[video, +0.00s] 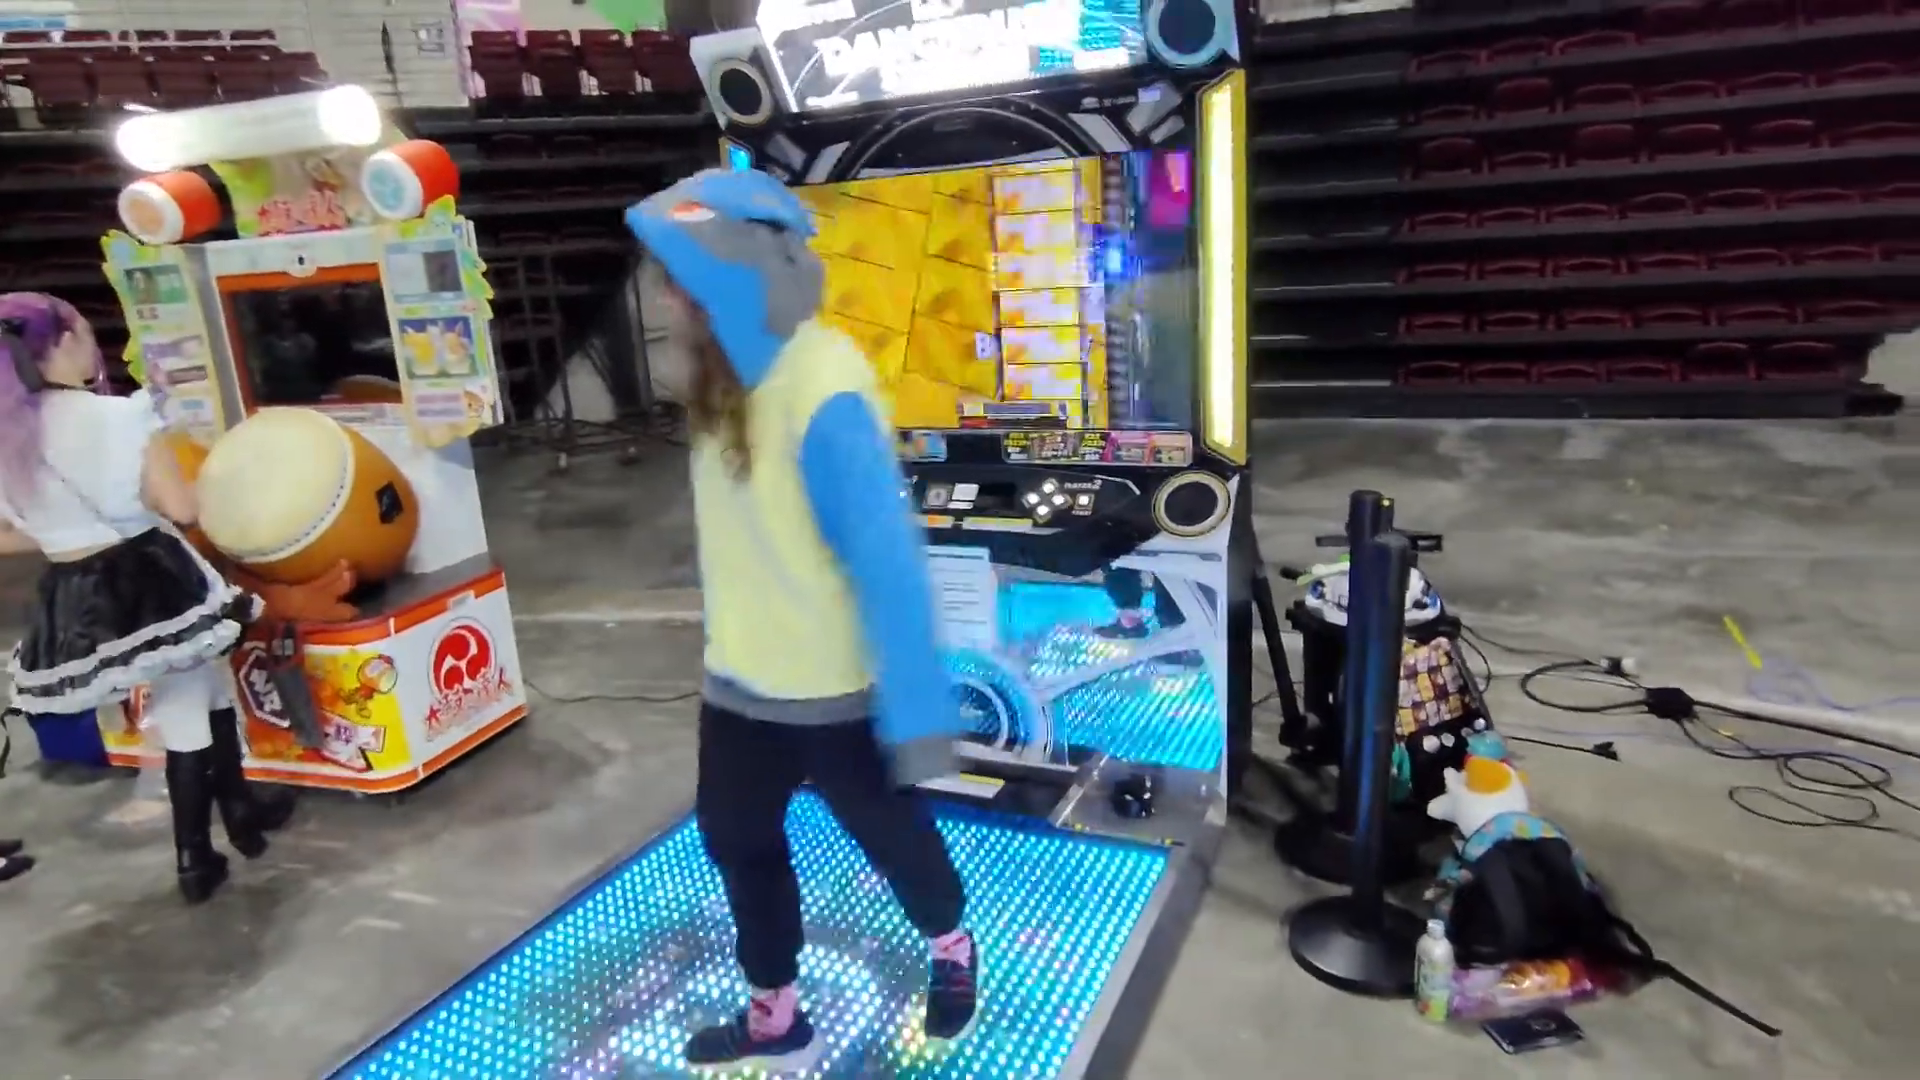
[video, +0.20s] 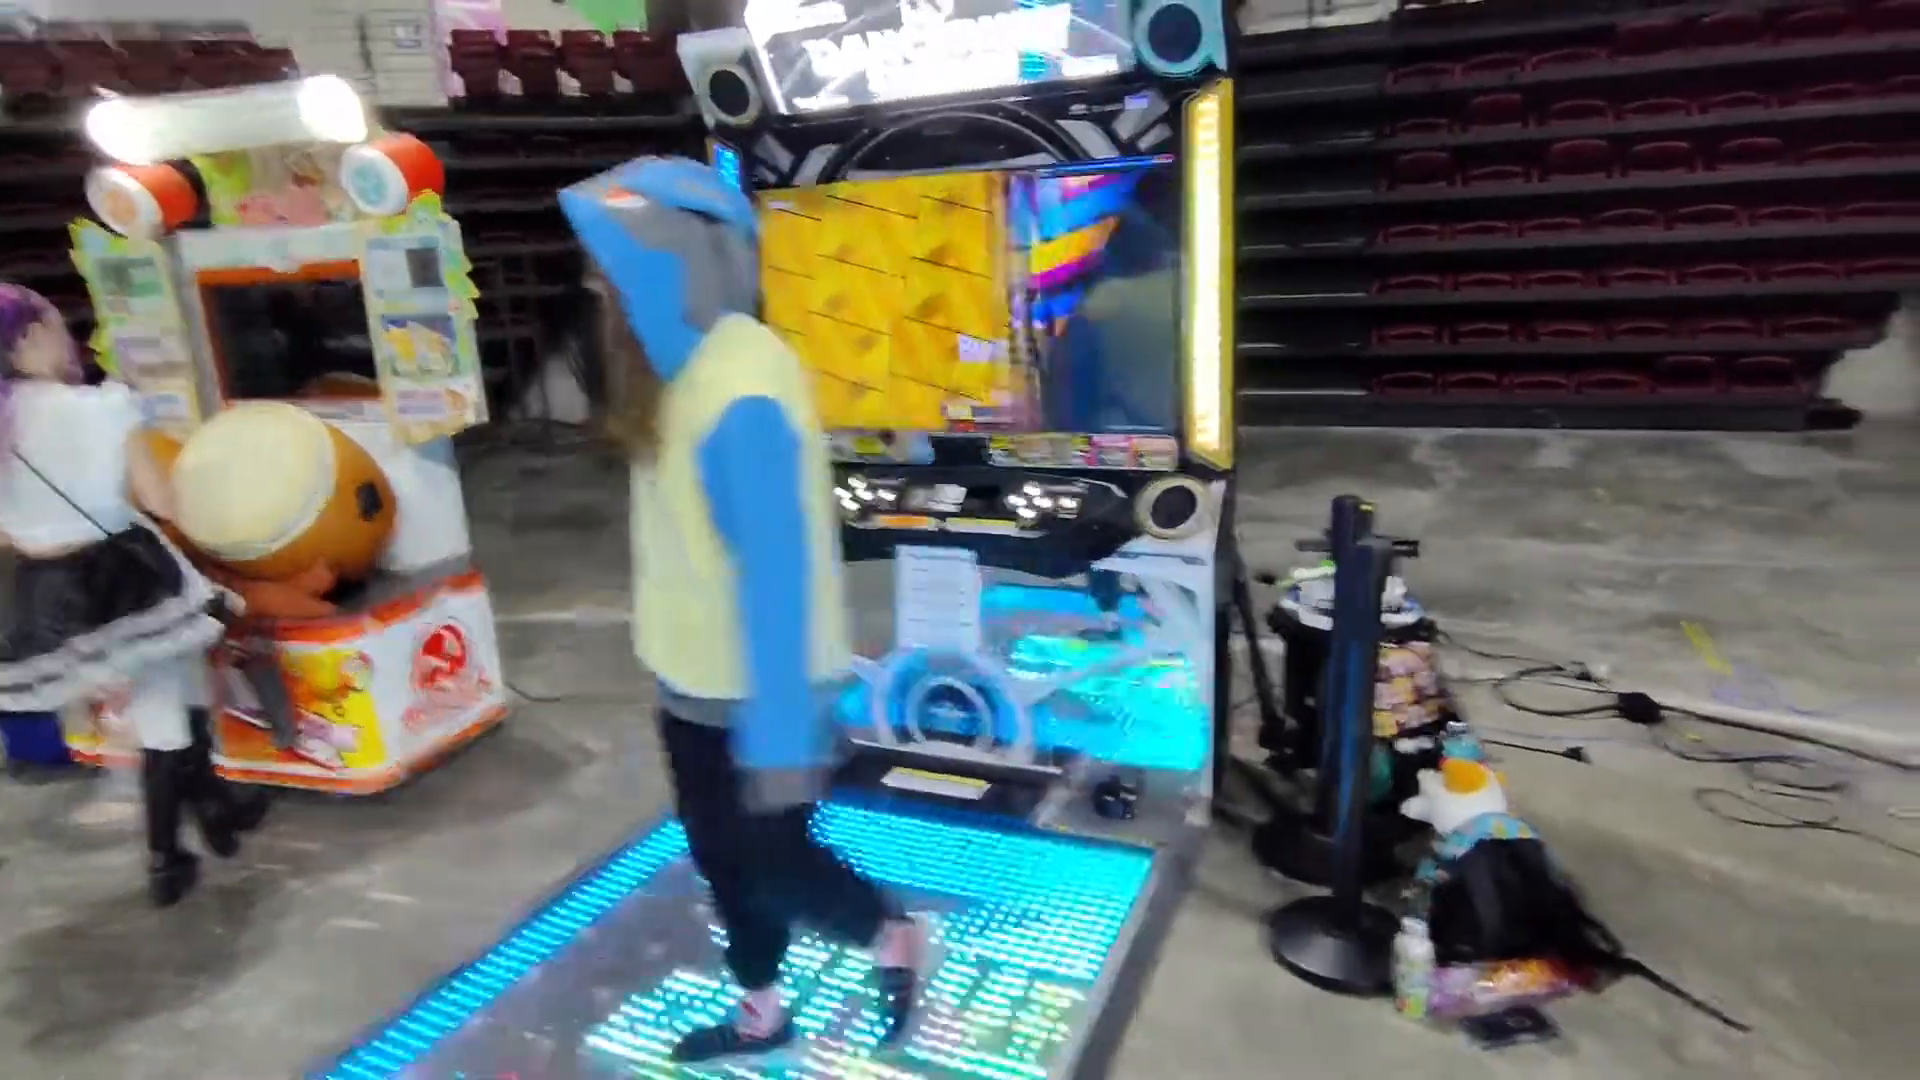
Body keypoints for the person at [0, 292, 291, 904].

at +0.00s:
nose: (94, 343)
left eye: (86, 332)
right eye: (84, 334)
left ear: (31, 357)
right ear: (58, 348)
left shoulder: (14, 430)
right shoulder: (117, 418)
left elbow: (11, 535)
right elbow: (179, 506)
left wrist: (69, 535)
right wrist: (222, 477)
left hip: (78, 593)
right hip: (148, 582)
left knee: (209, 675)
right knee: (184, 706)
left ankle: (243, 808)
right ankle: (194, 858)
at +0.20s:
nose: (67, 340)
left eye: (60, 328)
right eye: (56, 329)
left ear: (13, 347)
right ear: (28, 342)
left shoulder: (7, 417)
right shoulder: (103, 409)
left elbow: (13, 535)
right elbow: (157, 498)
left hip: (45, 589)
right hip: (121, 578)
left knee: (173, 674)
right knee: (164, 700)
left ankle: (218, 807)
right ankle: (165, 855)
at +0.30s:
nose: (54, 334)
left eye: (47, 323)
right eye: (46, 323)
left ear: (4, 340)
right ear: (22, 333)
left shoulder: (7, 412)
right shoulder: (92, 408)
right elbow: (147, 500)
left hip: (34, 595)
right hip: (112, 585)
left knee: (166, 670)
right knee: (151, 695)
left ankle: (205, 809)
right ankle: (154, 858)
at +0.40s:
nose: (33, 323)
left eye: (26, 310)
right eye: (25, 311)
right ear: (8, 319)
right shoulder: (74, 395)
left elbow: (129, 488)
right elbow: (133, 490)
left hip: (15, 593)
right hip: (89, 583)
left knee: (147, 651)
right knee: (138, 683)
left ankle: (187, 798)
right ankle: (137, 850)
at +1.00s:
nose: (30, 261)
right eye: (24, 251)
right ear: (16, 257)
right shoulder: (48, 323)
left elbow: (92, 419)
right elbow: (94, 421)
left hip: (11, 505)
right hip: (70, 493)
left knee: (125, 593)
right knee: (108, 623)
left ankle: (165, 726)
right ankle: (118, 774)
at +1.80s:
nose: (60, 200)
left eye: (55, 189)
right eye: (52, 190)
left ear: (8, 206)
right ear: (29, 199)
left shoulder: (5, 282)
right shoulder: (102, 271)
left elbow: (9, 393)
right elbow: (151, 369)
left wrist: (51, 393)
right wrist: (140, 313)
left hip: (56, 443)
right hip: (128, 432)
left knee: (179, 535)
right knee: (168, 560)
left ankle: (225, 658)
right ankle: (183, 706)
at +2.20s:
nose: (49, 204)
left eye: (43, 192)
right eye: (42, 193)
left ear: (6, 202)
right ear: (21, 198)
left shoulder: (5, 278)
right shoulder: (87, 272)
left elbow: (11, 389)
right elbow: (144, 369)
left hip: (37, 445)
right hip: (112, 433)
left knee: (169, 536)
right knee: (163, 553)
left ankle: (218, 661)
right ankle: (178, 708)